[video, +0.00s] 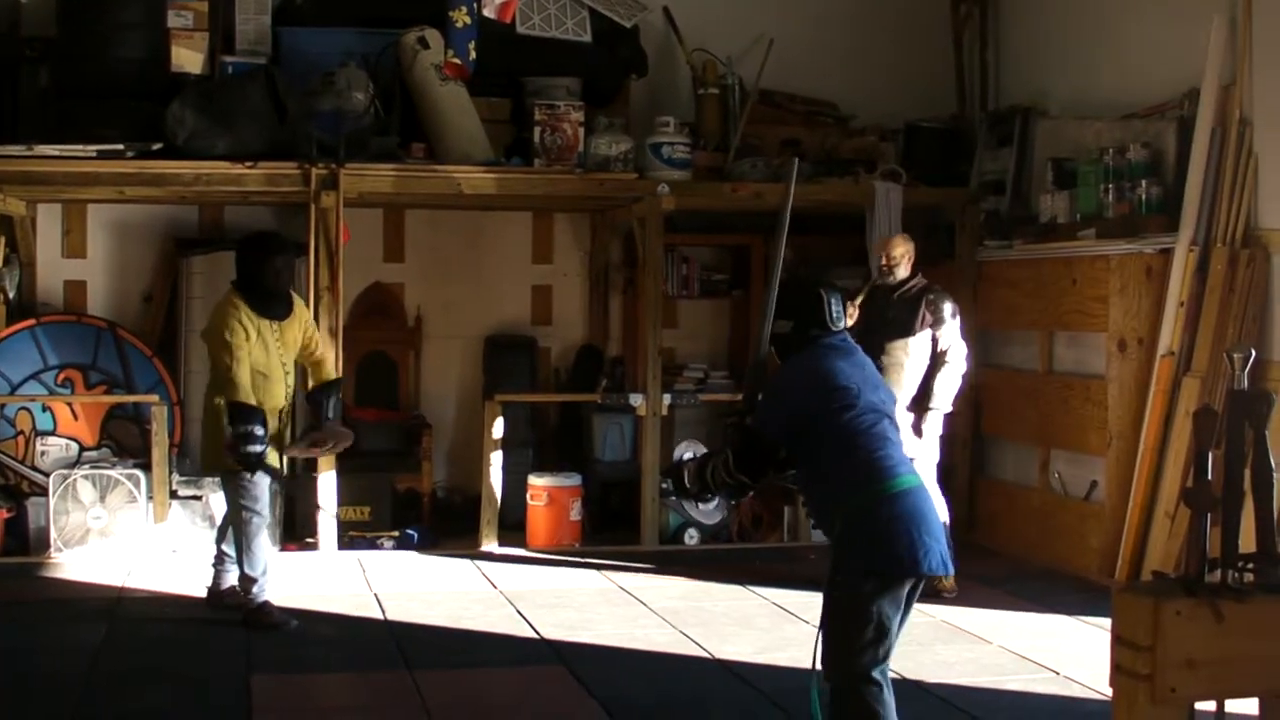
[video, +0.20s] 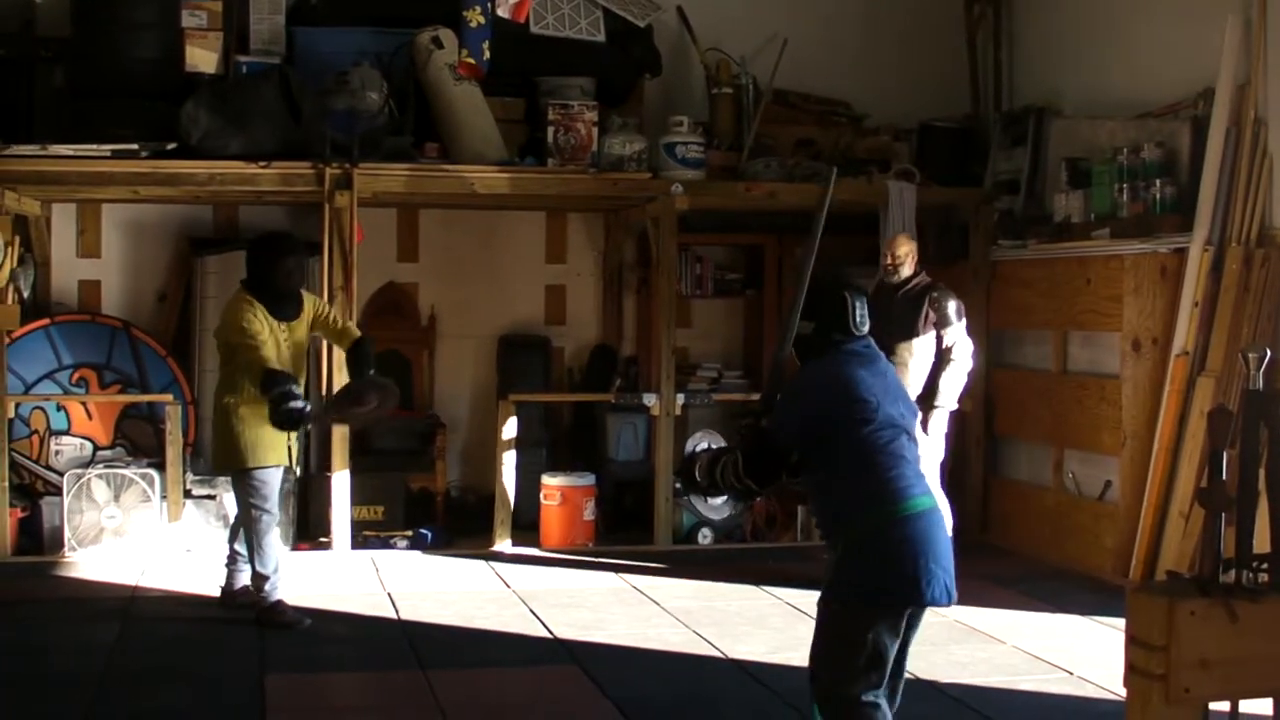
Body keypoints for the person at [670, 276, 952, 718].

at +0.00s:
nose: (773, 335)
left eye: (778, 325)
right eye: (775, 325)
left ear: (790, 326)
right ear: (830, 321)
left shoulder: (803, 373)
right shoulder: (858, 364)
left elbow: (747, 462)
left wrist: (691, 477)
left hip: (879, 535)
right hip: (914, 528)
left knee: (854, 674)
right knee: (866, 668)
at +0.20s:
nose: (795, 334)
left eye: (801, 323)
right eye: (798, 322)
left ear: (811, 329)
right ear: (857, 324)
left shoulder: (820, 381)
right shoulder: (881, 373)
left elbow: (763, 464)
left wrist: (709, 469)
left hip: (882, 547)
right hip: (924, 539)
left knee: (844, 691)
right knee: (878, 689)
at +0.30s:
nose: (798, 327)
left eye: (805, 317)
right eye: (802, 316)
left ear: (815, 322)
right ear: (860, 318)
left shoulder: (819, 377)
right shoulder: (884, 370)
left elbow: (762, 463)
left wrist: (710, 469)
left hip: (877, 556)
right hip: (924, 547)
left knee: (840, 696)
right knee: (882, 695)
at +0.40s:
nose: (799, 326)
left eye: (805, 315)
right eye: (802, 315)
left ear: (816, 318)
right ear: (860, 314)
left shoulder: (822, 371)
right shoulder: (884, 363)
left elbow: (764, 458)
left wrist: (712, 462)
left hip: (878, 558)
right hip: (925, 549)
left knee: (844, 698)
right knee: (881, 694)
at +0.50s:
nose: (795, 319)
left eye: (801, 307)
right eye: (798, 307)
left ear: (813, 312)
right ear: (858, 307)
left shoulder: (820, 369)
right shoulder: (881, 359)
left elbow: (755, 457)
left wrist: (696, 452)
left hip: (881, 555)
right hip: (918, 545)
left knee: (850, 696)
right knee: (862, 689)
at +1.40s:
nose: (742, 325)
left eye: (747, 315)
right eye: (745, 315)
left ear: (760, 316)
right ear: (803, 313)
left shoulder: (773, 361)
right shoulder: (829, 362)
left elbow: (693, 444)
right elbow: (794, 458)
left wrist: (646, 421)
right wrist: (722, 465)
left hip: (837, 529)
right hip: (874, 524)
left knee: (822, 668)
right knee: (827, 663)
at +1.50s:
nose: (739, 325)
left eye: (744, 315)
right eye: (741, 315)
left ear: (757, 317)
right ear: (798, 313)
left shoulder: (768, 363)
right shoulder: (823, 361)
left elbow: (691, 440)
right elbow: (797, 455)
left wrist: (643, 404)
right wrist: (729, 482)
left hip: (834, 531)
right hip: (876, 526)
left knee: (813, 670)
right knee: (831, 668)